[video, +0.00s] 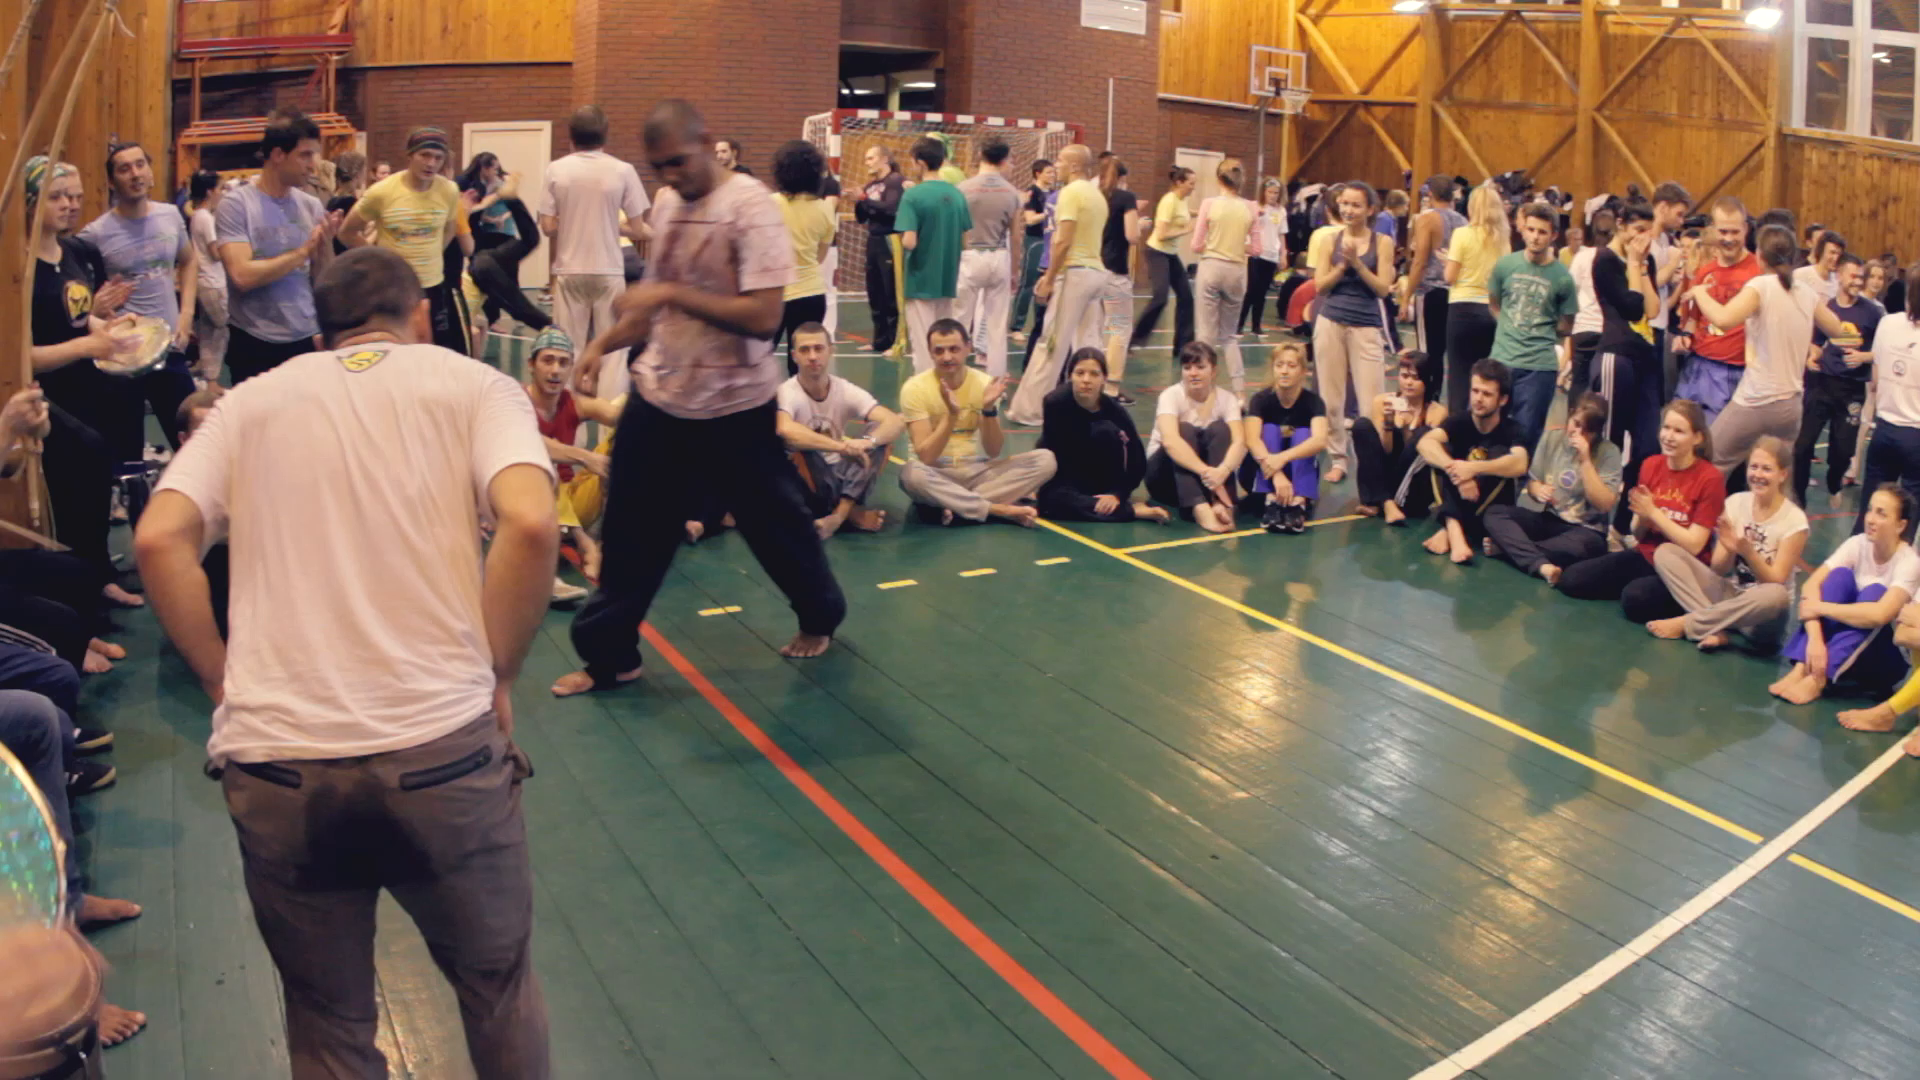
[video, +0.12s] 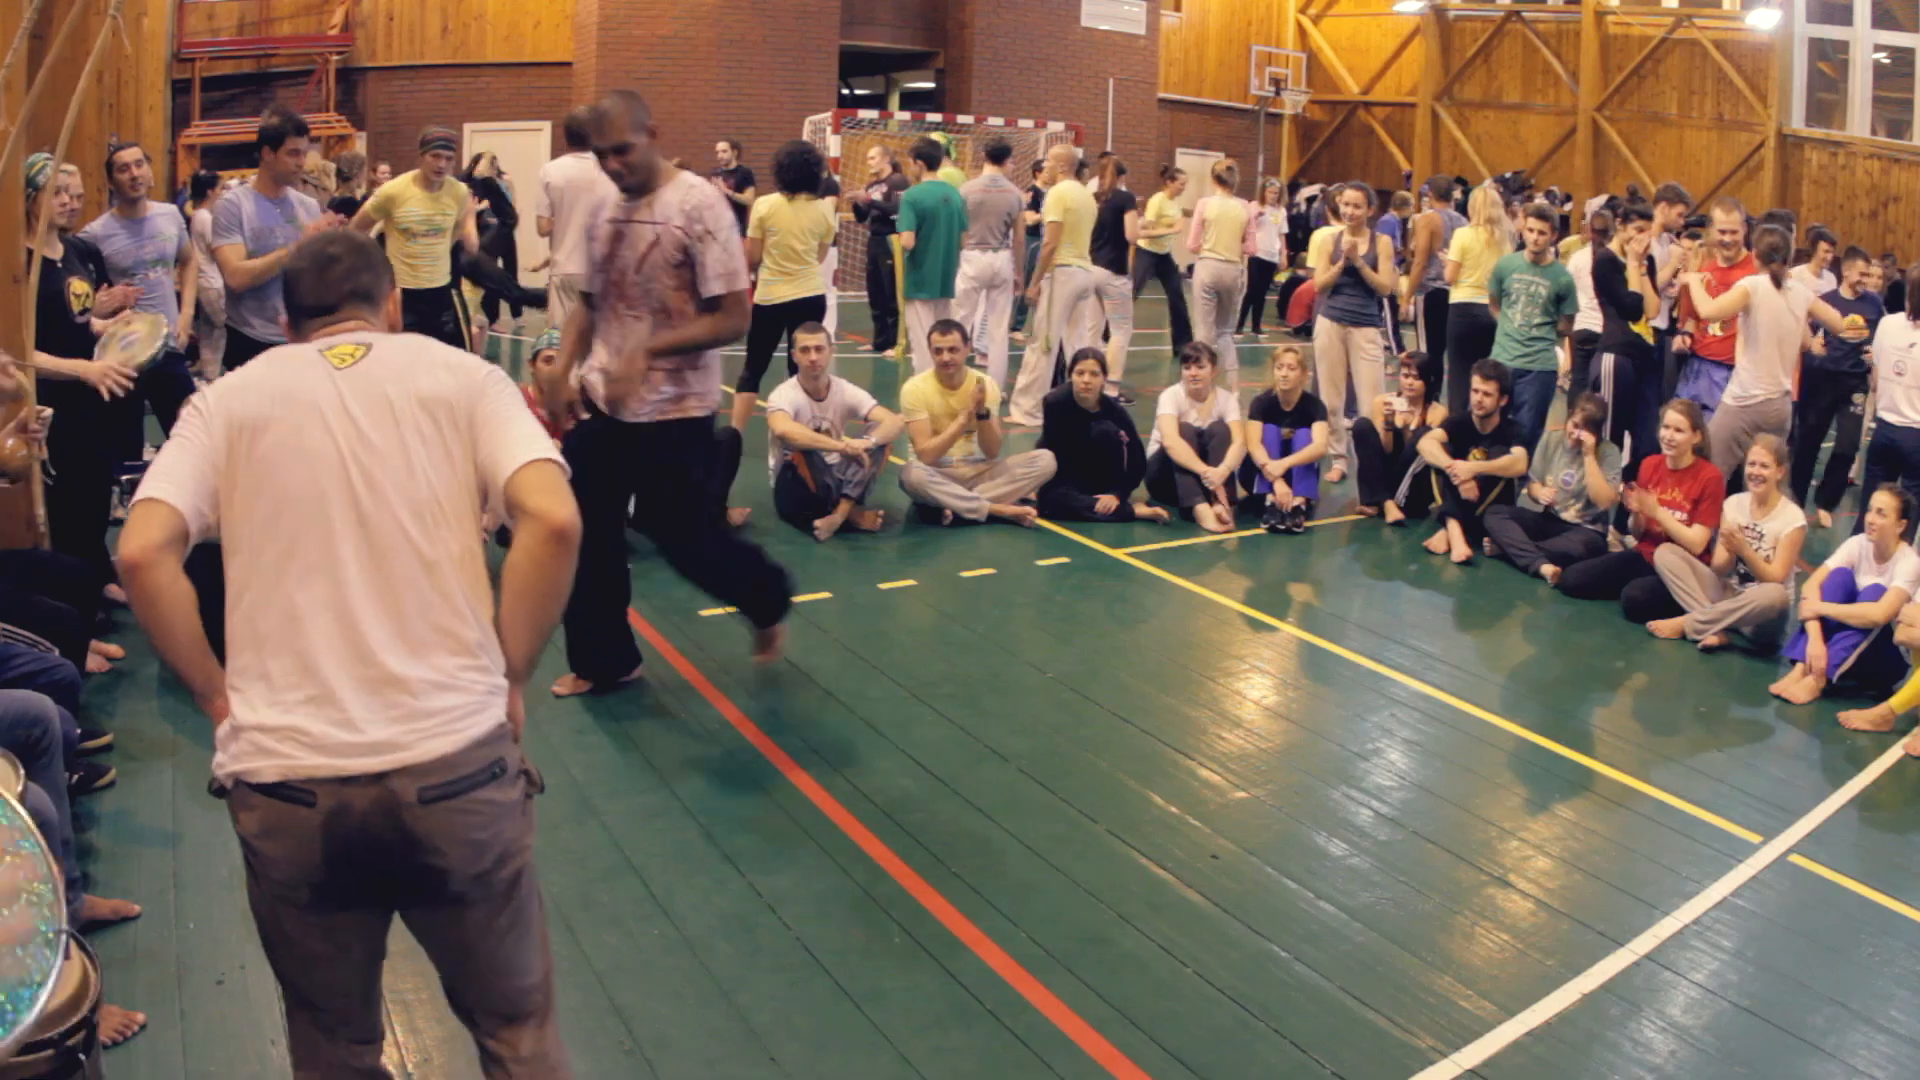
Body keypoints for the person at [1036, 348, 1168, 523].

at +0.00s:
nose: (1086, 380)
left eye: (1094, 374)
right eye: (1080, 373)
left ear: (1104, 379)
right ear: (1070, 377)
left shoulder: (1114, 410)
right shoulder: (1055, 405)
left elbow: (1138, 461)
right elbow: (1050, 452)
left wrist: (1117, 495)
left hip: (1105, 481)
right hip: (1068, 481)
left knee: (1106, 432)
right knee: (1051, 503)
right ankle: (1130, 512)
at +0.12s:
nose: (1086, 380)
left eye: (1094, 374)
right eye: (1080, 373)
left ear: (1103, 379)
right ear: (1071, 377)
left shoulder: (1114, 410)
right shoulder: (1055, 405)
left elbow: (1138, 461)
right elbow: (1050, 451)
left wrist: (1117, 495)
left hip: (1104, 481)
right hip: (1068, 481)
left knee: (1105, 431)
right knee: (1051, 503)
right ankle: (1130, 512)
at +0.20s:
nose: (1086, 380)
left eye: (1094, 374)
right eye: (1080, 373)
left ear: (1103, 379)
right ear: (1071, 377)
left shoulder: (1114, 411)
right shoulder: (1055, 404)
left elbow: (1138, 462)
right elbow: (1050, 451)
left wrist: (1117, 495)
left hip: (1104, 480)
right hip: (1068, 481)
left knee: (1105, 431)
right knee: (1051, 503)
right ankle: (1130, 512)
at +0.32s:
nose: (1086, 380)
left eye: (1094, 374)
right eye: (1080, 373)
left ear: (1103, 379)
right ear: (1071, 376)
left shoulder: (1114, 410)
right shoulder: (1055, 404)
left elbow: (1138, 462)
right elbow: (1050, 449)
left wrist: (1117, 495)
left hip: (1104, 480)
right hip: (1068, 480)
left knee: (1105, 431)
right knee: (1051, 503)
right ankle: (1130, 512)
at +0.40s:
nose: (1086, 380)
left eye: (1094, 374)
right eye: (1080, 373)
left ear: (1103, 379)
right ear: (1071, 376)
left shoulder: (1114, 410)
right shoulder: (1055, 404)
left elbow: (1138, 461)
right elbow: (1050, 450)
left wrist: (1117, 495)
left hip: (1104, 480)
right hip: (1068, 480)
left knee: (1105, 432)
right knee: (1051, 503)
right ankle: (1130, 512)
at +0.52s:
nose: (1086, 380)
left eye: (1094, 374)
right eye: (1080, 373)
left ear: (1103, 379)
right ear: (1070, 376)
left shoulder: (1114, 411)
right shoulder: (1055, 404)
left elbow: (1138, 462)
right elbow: (1050, 451)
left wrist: (1117, 495)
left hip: (1104, 480)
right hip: (1067, 480)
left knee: (1106, 431)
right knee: (1050, 503)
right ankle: (1129, 512)